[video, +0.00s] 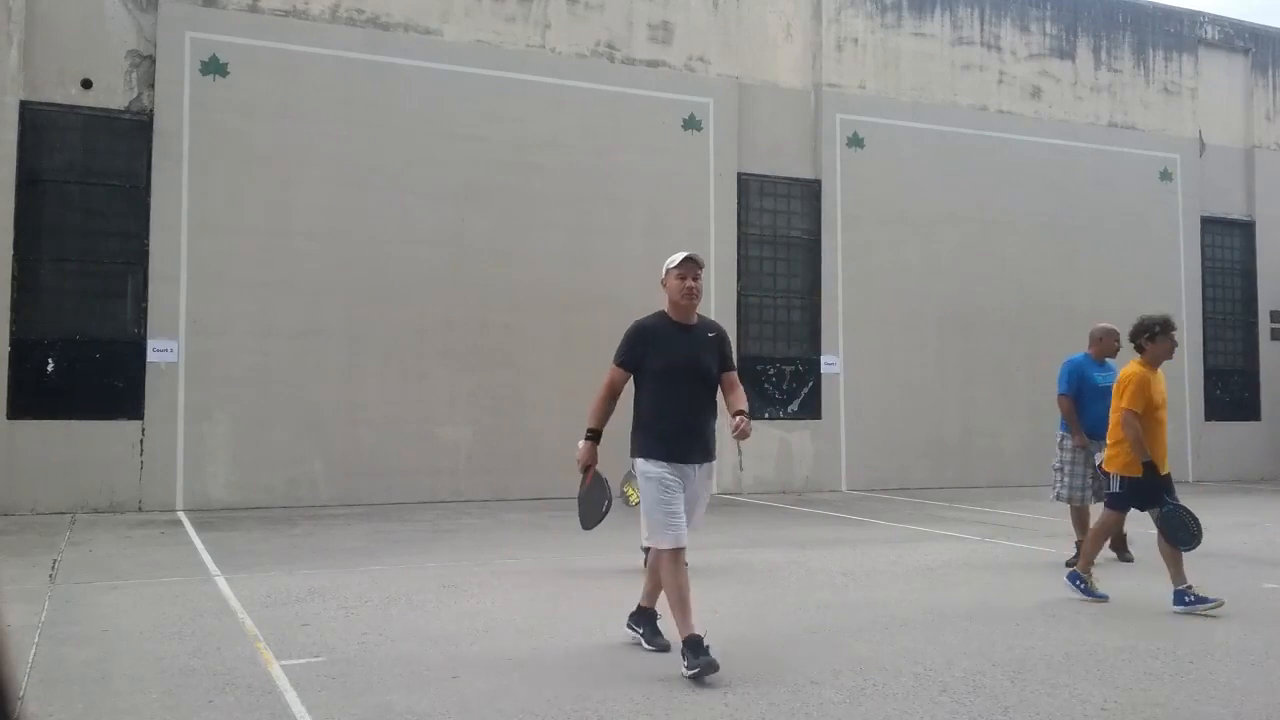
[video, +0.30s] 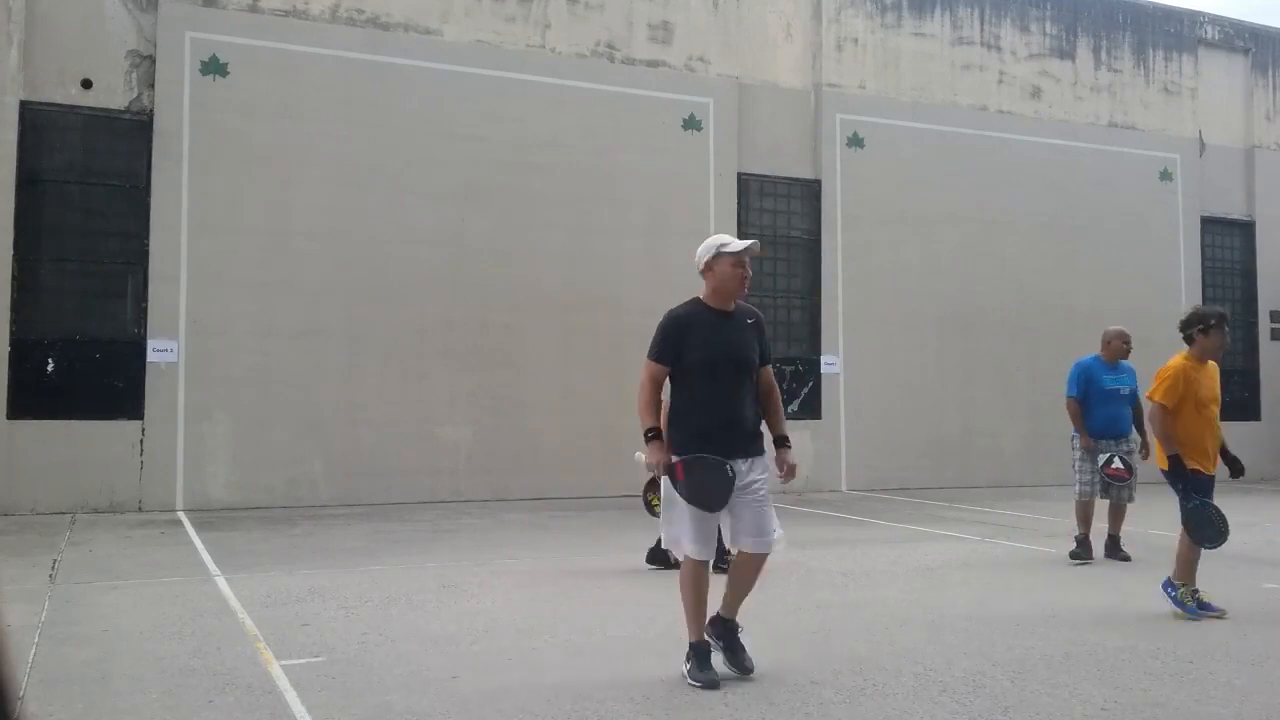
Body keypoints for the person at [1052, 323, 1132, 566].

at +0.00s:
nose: (1119, 345)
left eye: (1119, 341)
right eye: (1115, 341)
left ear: (1103, 342)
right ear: (1099, 341)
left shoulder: (1112, 369)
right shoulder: (1073, 366)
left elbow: (1117, 404)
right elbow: (1064, 400)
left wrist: (1120, 434)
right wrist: (1077, 433)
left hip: (1107, 441)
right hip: (1077, 441)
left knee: (1116, 492)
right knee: (1077, 497)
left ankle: (1118, 539)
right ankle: (1083, 547)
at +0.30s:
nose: (1130, 347)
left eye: (1130, 343)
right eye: (1125, 343)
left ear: (1123, 347)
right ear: (1108, 344)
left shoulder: (1128, 371)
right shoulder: (1083, 368)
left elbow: (1136, 405)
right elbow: (1071, 403)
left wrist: (1144, 437)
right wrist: (1083, 434)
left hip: (1123, 443)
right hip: (1090, 442)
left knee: (1121, 494)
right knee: (1085, 492)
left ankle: (1113, 543)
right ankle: (1083, 543)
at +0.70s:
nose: (1118, 344)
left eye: (1121, 340)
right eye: (1112, 340)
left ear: (1124, 343)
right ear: (1099, 344)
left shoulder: (1135, 371)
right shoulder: (1082, 369)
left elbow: (1152, 403)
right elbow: (1070, 402)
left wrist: (1161, 430)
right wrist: (1068, 433)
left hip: (1127, 440)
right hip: (1094, 440)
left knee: (1122, 491)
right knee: (1094, 491)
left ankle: (1114, 541)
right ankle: (1109, 527)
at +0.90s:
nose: (1113, 347)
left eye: (1115, 343)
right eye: (1107, 343)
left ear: (1119, 345)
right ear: (1096, 347)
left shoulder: (1132, 370)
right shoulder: (1085, 373)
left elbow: (1143, 404)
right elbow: (1076, 405)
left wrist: (1132, 432)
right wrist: (1071, 435)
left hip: (1127, 440)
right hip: (1100, 441)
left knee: (1124, 489)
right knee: (1107, 491)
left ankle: (1116, 537)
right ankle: (1119, 536)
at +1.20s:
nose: (1116, 346)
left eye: (1119, 341)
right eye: (1110, 343)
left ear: (1124, 344)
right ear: (1100, 346)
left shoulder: (1137, 367)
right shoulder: (1096, 372)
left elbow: (1148, 401)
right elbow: (1091, 404)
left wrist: (1129, 431)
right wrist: (1086, 434)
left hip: (1137, 437)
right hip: (1109, 439)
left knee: (1142, 488)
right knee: (1112, 488)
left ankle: (1154, 538)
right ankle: (1119, 537)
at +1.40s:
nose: (1128, 346)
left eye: (1131, 342)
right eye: (1123, 343)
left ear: (1137, 344)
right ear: (1114, 347)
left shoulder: (1150, 368)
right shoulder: (1109, 372)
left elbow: (1163, 402)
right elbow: (1104, 404)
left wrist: (1149, 431)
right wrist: (1099, 433)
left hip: (1147, 441)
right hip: (1119, 441)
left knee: (1163, 490)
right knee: (1117, 488)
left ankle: (1185, 538)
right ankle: (1119, 537)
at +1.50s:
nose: (1136, 348)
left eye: (1140, 344)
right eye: (1130, 344)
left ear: (1146, 346)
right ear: (1123, 348)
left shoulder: (1160, 370)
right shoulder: (1117, 373)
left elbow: (1179, 402)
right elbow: (1113, 402)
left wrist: (1160, 430)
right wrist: (1107, 430)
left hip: (1157, 442)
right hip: (1128, 443)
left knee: (1170, 492)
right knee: (1122, 488)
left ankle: (1190, 542)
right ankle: (1120, 537)